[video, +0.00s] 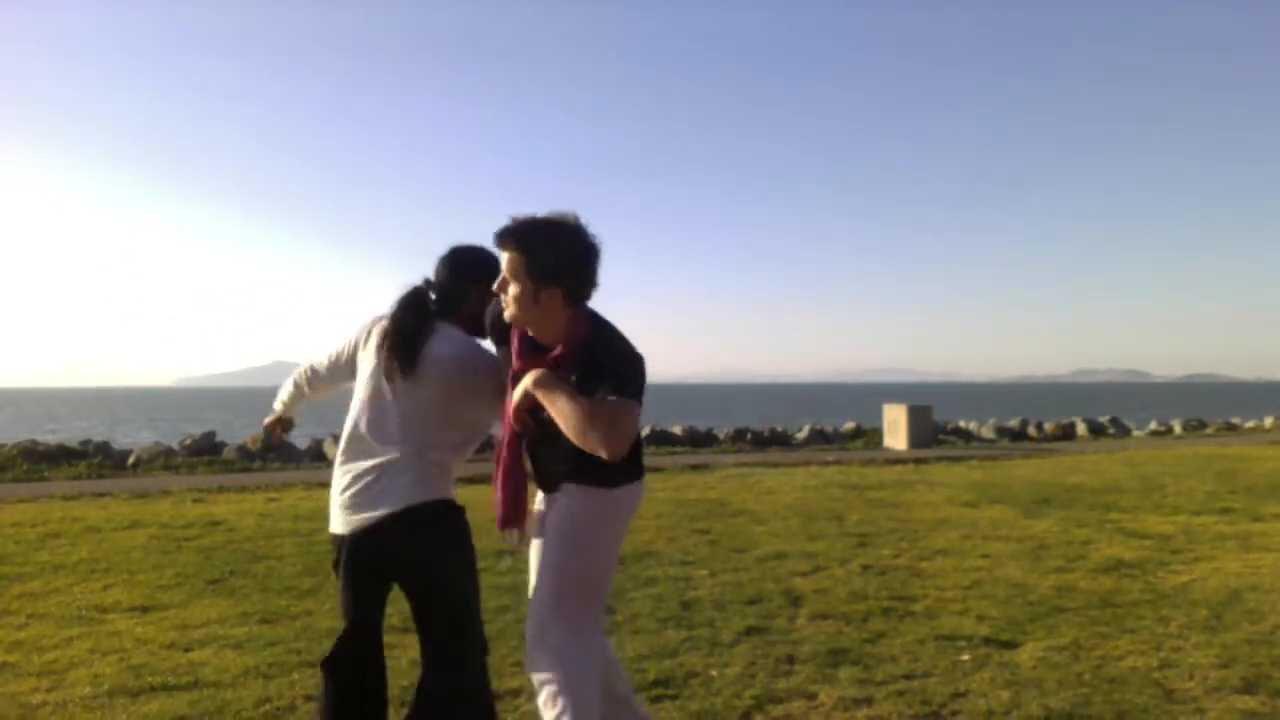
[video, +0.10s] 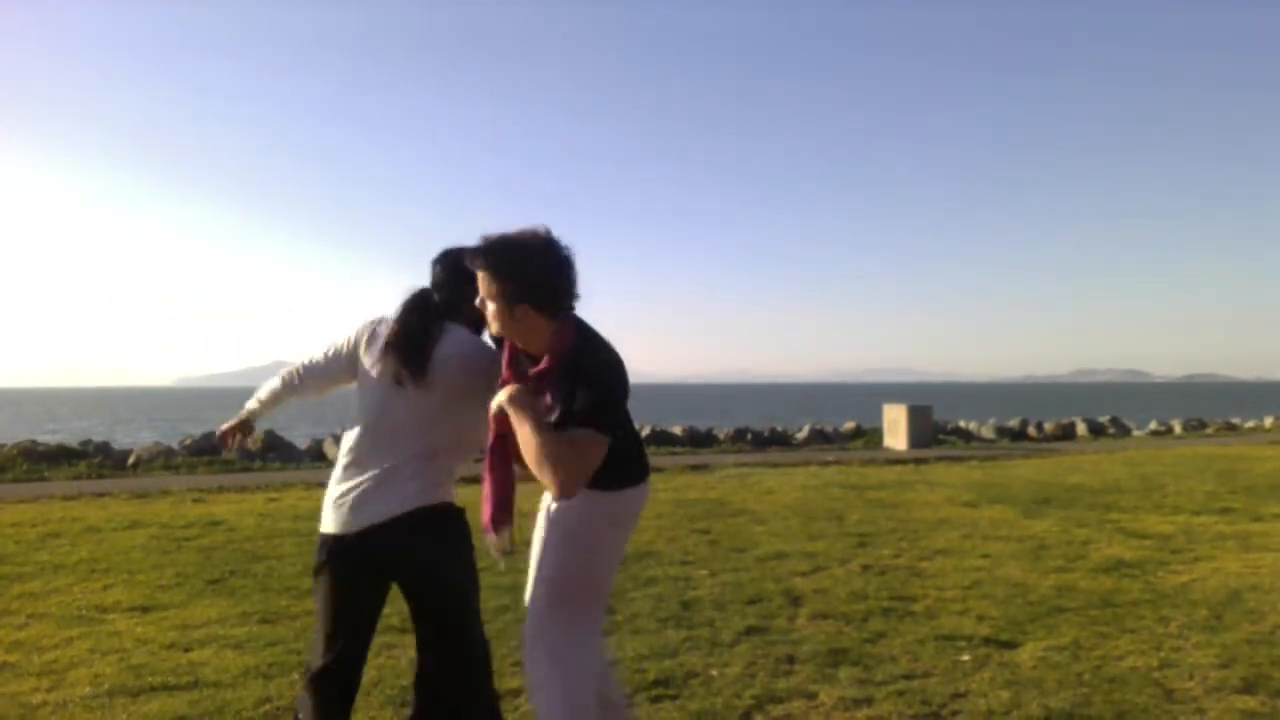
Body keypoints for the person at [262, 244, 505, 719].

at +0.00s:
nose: (501, 304)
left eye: (502, 294)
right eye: (497, 293)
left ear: (438, 288)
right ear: (478, 296)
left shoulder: (381, 331)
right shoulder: (478, 362)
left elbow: (314, 375)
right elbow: (523, 424)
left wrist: (280, 412)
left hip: (355, 517)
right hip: (427, 515)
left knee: (357, 644)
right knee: (455, 651)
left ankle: (348, 714)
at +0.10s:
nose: (492, 309)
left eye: (493, 297)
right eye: (489, 297)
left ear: (435, 289)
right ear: (474, 297)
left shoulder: (376, 335)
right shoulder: (483, 358)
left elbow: (298, 376)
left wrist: (246, 416)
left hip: (349, 523)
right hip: (428, 522)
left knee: (334, 667)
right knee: (454, 664)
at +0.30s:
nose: (392, 303)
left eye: (394, 295)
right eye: (392, 297)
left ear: (405, 293)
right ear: (456, 293)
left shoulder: (381, 336)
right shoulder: (479, 347)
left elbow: (294, 381)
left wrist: (209, 426)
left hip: (364, 515)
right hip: (444, 516)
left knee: (326, 660)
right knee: (445, 643)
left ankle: (318, 710)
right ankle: (442, 715)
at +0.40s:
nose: (368, 304)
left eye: (374, 291)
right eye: (367, 293)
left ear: (405, 285)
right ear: (423, 289)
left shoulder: (385, 332)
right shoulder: (474, 337)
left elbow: (305, 382)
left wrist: (209, 435)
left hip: (378, 509)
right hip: (454, 510)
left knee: (323, 646)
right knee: (435, 640)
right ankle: (428, 714)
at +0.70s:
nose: (370, 284)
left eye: (379, 271)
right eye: (363, 274)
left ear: (412, 267)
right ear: (359, 277)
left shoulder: (421, 321)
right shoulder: (442, 321)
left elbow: (400, 392)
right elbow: (493, 406)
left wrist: (306, 436)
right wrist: (508, 485)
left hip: (426, 515)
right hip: (447, 514)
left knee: (348, 654)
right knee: (425, 653)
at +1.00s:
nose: (407, 285)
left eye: (417, 273)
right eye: (393, 274)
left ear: (431, 276)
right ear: (372, 279)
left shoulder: (443, 335)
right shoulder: (356, 332)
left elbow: (484, 422)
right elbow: (346, 403)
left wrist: (446, 441)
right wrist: (332, 458)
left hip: (446, 518)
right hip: (391, 518)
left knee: (417, 641)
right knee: (364, 639)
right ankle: (362, 714)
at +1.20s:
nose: (449, 296)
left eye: (449, 283)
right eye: (440, 282)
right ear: (395, 280)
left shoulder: (447, 345)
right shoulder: (329, 325)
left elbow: (483, 419)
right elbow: (238, 356)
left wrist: (512, 438)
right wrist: (219, 452)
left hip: (429, 519)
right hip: (353, 528)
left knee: (431, 651)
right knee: (354, 681)